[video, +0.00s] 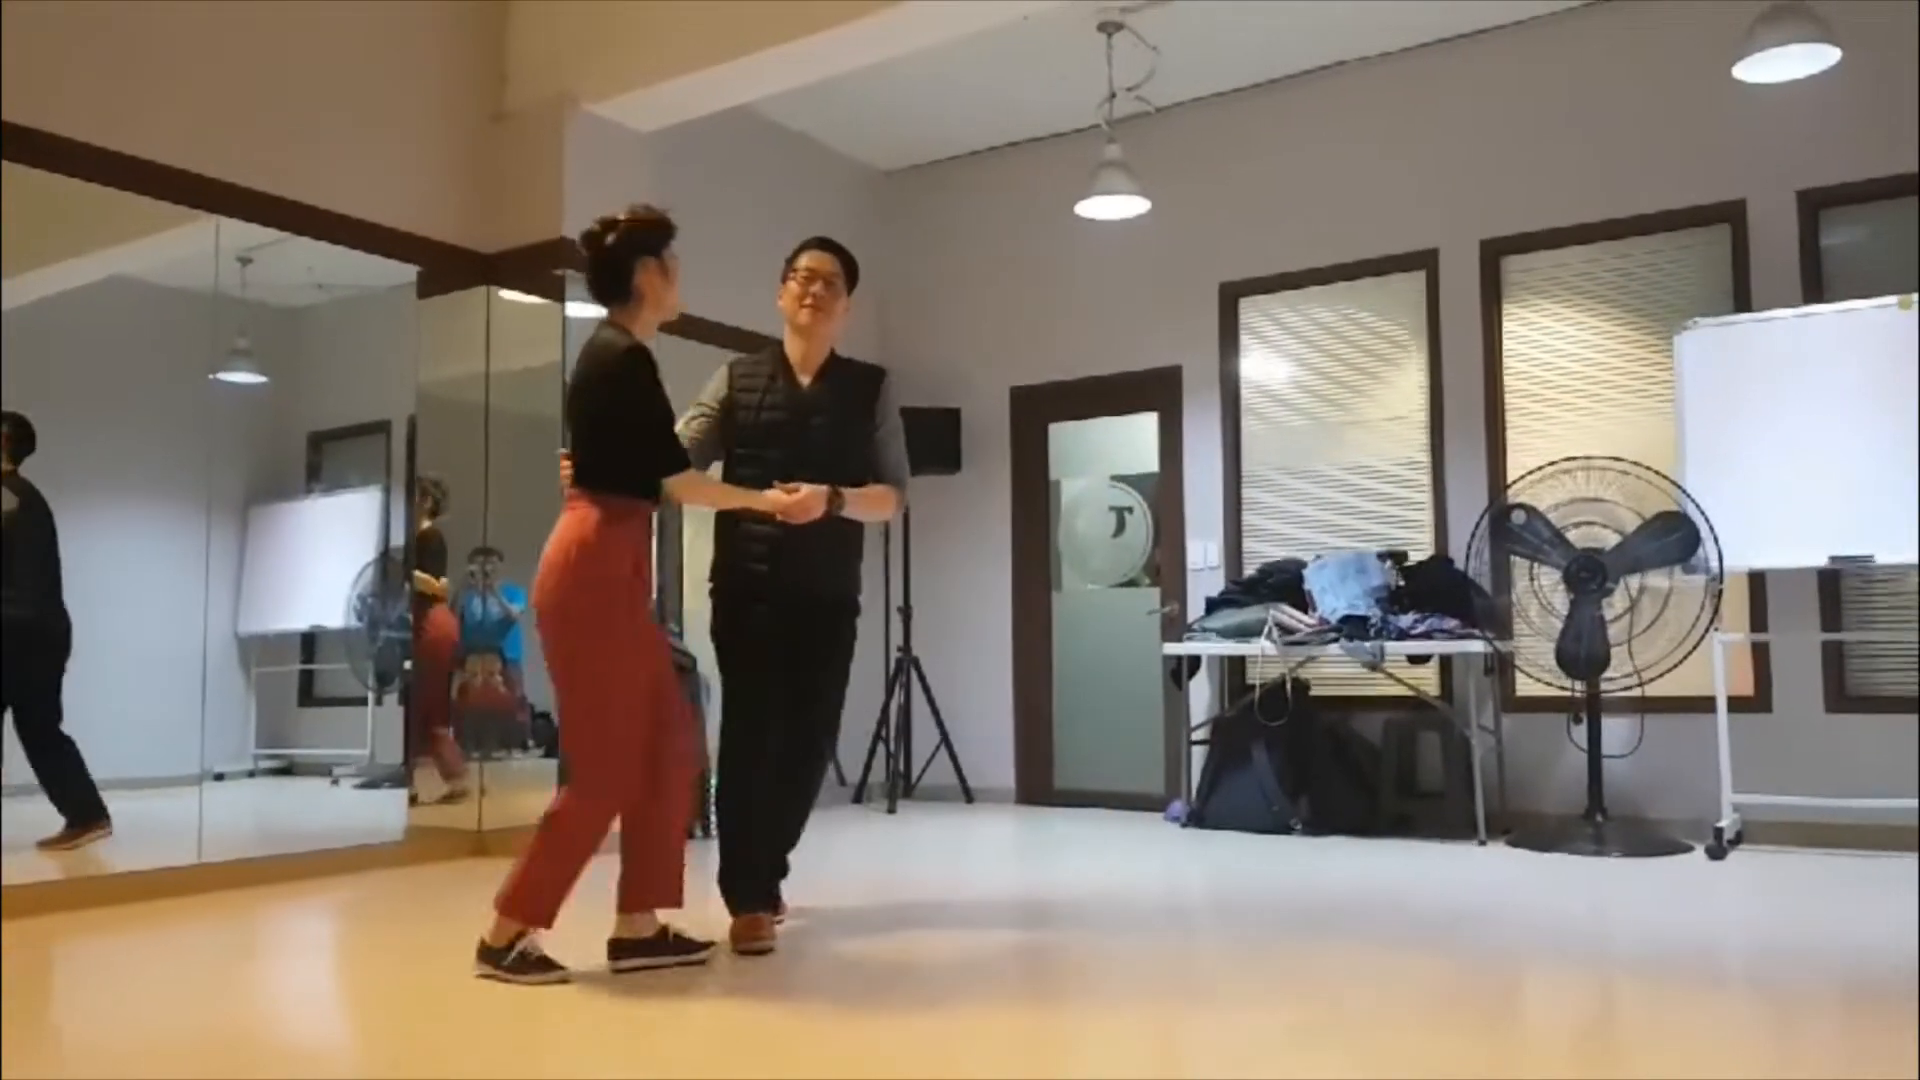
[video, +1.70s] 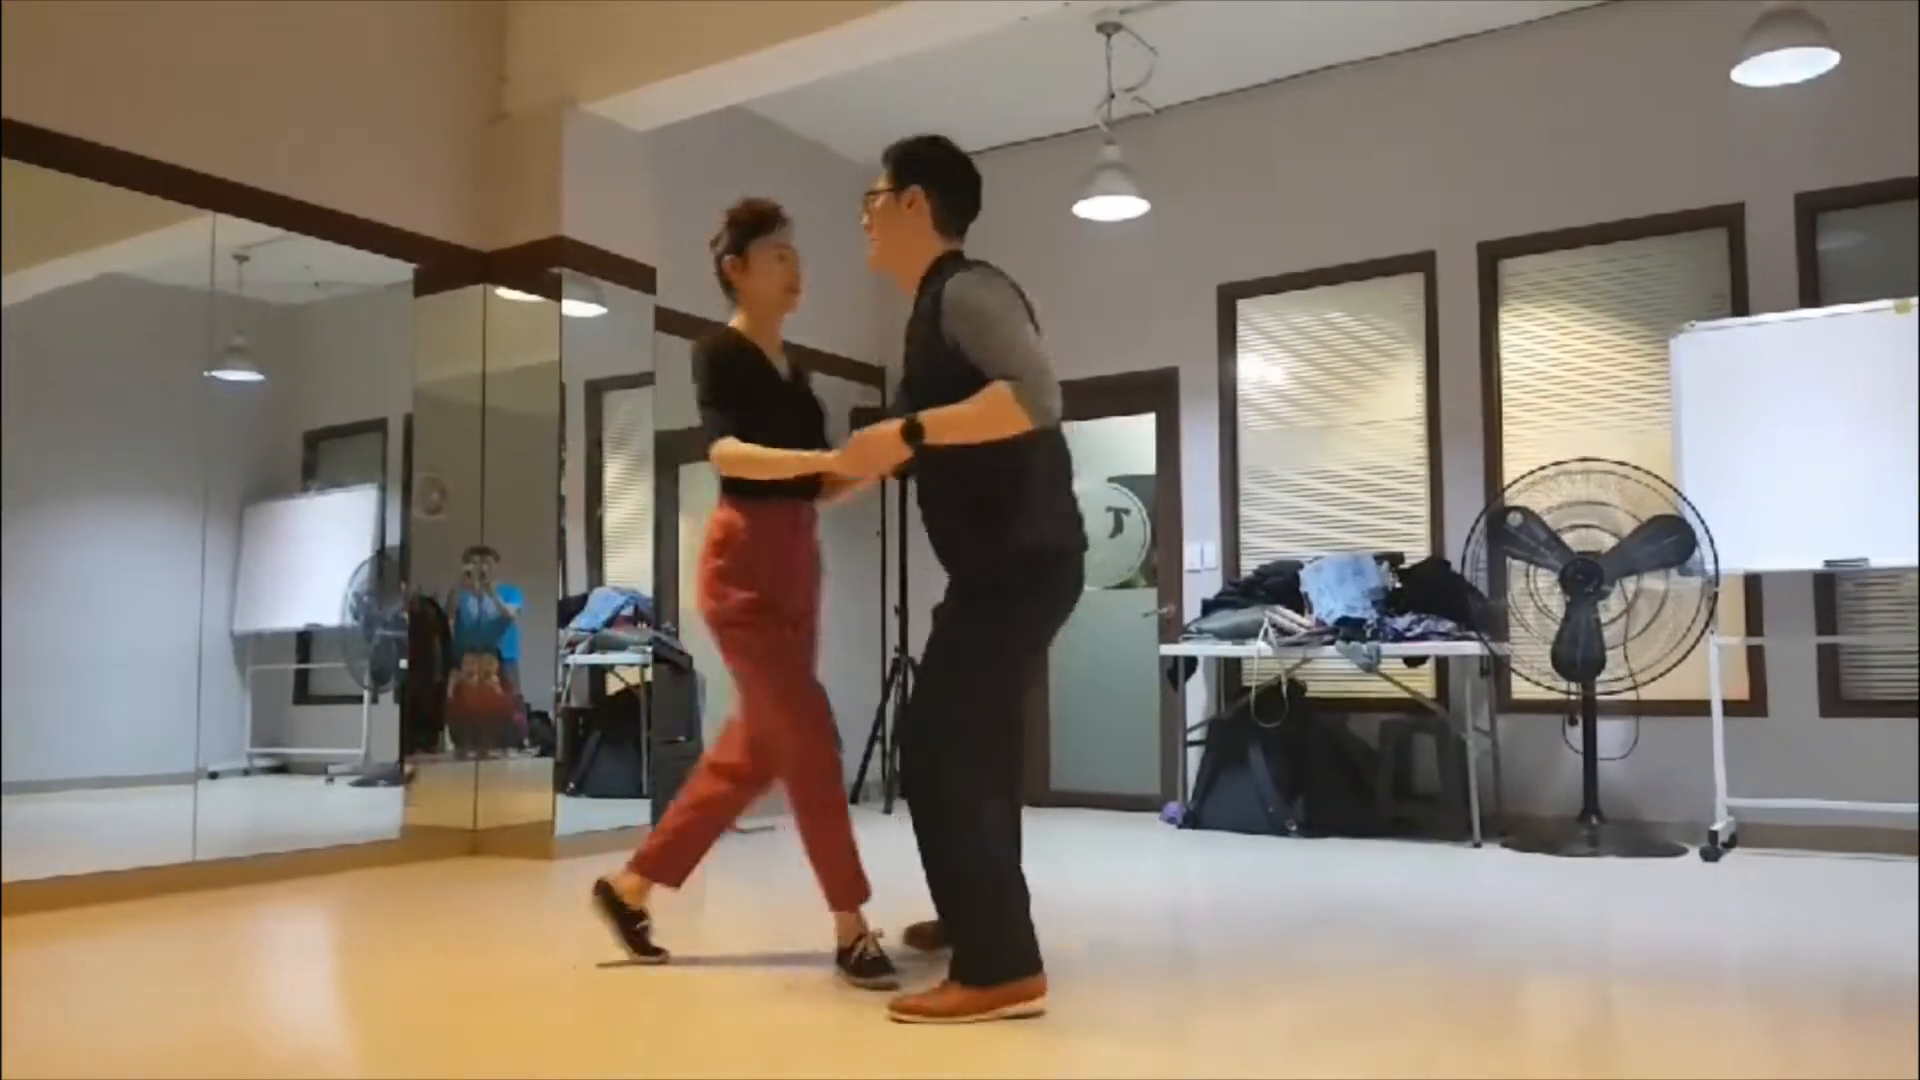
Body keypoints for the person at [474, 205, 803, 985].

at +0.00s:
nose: (679, 278)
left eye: (672, 265)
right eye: (670, 266)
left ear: (624, 280)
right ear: (645, 278)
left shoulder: (611, 358)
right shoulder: (622, 361)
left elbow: (643, 476)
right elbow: (673, 480)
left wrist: (743, 495)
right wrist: (766, 501)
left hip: (607, 572)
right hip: (593, 572)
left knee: (671, 738)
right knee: (609, 759)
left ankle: (640, 926)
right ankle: (507, 935)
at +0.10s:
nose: (657, 282)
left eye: (651, 267)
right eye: (649, 268)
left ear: (606, 279)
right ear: (624, 276)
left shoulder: (588, 356)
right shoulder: (597, 358)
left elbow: (558, 461)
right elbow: (669, 472)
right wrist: (755, 487)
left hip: (587, 570)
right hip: (561, 570)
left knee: (649, 727)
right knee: (560, 752)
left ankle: (642, 920)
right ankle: (505, 939)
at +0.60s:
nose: (655, 290)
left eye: (650, 277)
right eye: (646, 277)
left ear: (604, 290)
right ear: (619, 287)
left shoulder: (595, 366)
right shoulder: (593, 368)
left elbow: (572, 478)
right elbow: (632, 486)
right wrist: (726, 498)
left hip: (589, 576)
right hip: (570, 575)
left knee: (625, 751)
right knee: (585, 752)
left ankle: (564, 921)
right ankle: (511, 935)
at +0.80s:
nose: (688, 283)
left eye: (683, 269)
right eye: (681, 269)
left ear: (633, 280)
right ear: (656, 277)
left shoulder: (615, 357)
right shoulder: (627, 364)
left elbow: (615, 472)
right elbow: (642, 480)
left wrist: (696, 464)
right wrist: (748, 482)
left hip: (590, 566)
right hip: (605, 572)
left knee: (608, 742)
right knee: (666, 736)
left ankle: (564, 922)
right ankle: (613, 921)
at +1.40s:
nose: (731, 279)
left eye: (728, 264)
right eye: (723, 264)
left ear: (689, 268)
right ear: (691, 267)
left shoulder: (684, 353)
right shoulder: (652, 348)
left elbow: (706, 462)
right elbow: (710, 449)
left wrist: (760, 457)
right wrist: (814, 454)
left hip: (670, 559)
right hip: (641, 560)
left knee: (669, 727)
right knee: (716, 727)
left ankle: (593, 912)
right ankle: (697, 923)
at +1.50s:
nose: (745, 282)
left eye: (741, 267)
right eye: (735, 267)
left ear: (702, 276)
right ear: (698, 275)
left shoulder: (709, 368)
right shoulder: (662, 360)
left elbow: (737, 472)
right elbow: (728, 455)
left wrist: (767, 472)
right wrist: (849, 468)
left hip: (697, 565)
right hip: (655, 567)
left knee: (674, 746)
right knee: (739, 727)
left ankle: (592, 916)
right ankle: (757, 923)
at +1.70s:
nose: (796, 268)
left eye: (794, 254)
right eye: (779, 255)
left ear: (786, 270)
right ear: (734, 270)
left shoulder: (795, 368)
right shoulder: (720, 353)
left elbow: (803, 479)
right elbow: (721, 452)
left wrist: (856, 468)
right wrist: (816, 465)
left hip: (794, 561)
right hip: (742, 561)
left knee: (761, 737)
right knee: (807, 733)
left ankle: (631, 885)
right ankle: (853, 925)